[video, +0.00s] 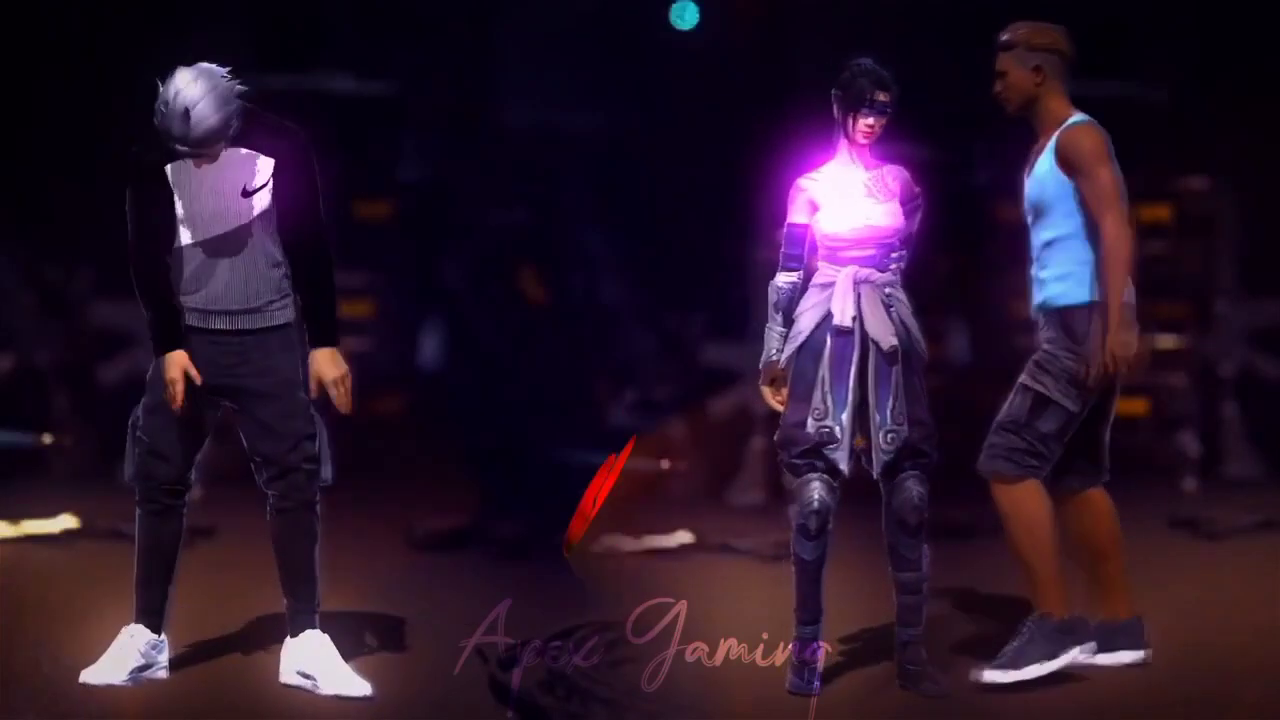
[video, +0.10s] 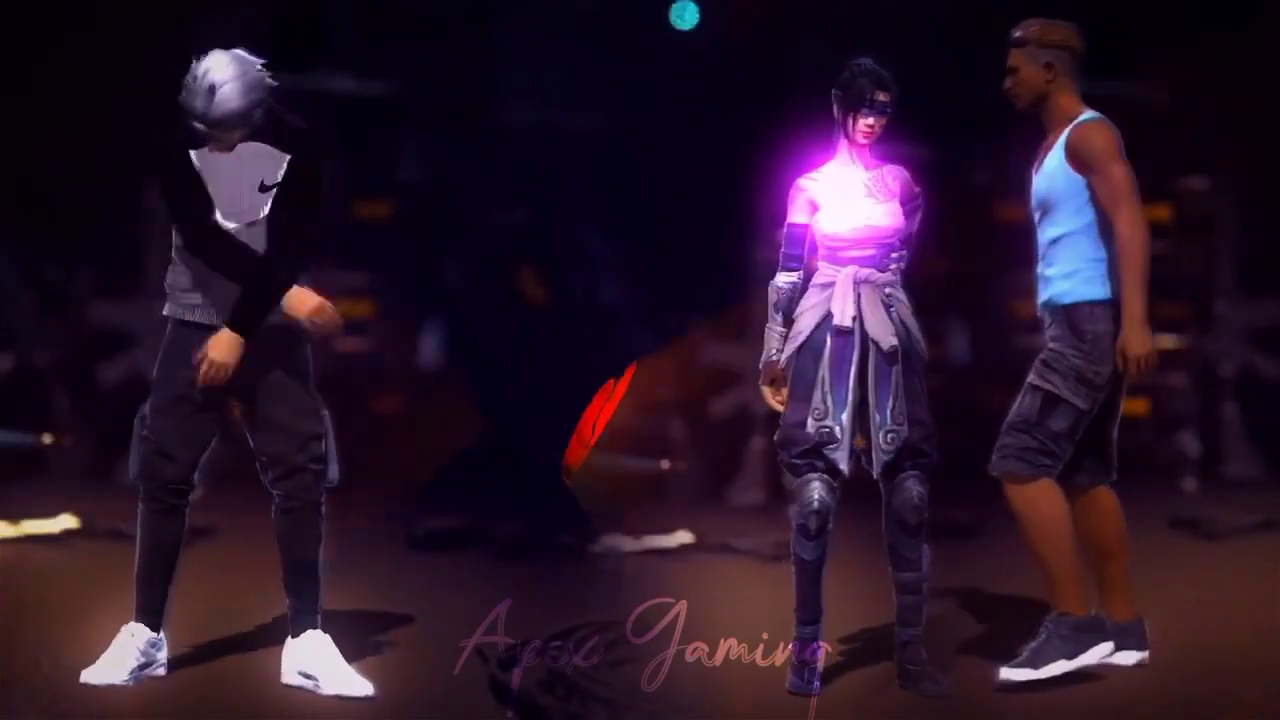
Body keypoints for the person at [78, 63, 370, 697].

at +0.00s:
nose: (204, 157)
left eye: (213, 146)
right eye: (192, 149)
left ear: (234, 120)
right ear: (171, 131)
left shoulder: (283, 150)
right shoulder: (152, 163)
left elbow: (310, 244)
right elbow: (146, 257)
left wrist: (324, 340)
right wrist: (167, 343)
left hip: (273, 342)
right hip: (186, 344)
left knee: (295, 484)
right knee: (156, 482)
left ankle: (304, 636)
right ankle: (148, 634)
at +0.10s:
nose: (219, 143)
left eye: (233, 133)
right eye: (210, 133)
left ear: (259, 116)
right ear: (193, 117)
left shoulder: (296, 143)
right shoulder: (174, 147)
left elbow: (292, 242)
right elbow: (198, 234)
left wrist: (238, 328)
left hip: (271, 318)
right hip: (192, 319)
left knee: (299, 472)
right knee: (162, 472)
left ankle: (306, 636)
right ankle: (146, 633)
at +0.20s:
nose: (238, 130)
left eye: (252, 121)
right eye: (229, 118)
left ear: (277, 107)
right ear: (213, 101)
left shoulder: (314, 148)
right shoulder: (187, 135)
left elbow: (287, 242)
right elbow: (228, 210)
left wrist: (205, 284)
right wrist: (327, 223)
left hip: (280, 335)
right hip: (199, 334)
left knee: (303, 478)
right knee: (167, 479)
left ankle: (305, 638)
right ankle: (145, 632)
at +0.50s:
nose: (303, 109)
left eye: (316, 100)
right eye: (295, 94)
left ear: (335, 97)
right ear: (277, 82)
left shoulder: (343, 141)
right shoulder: (220, 117)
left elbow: (345, 214)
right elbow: (241, 157)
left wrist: (270, 226)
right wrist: (344, 131)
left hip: (300, 330)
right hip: (217, 326)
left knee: (314, 480)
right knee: (176, 475)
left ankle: (304, 638)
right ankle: (141, 627)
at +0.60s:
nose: (328, 110)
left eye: (342, 99)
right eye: (320, 93)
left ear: (357, 93)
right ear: (296, 72)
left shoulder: (358, 143)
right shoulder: (231, 116)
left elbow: (366, 235)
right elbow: (231, 175)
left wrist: (344, 261)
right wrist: (330, 165)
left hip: (309, 332)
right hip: (227, 325)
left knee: (323, 480)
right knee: (177, 474)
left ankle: (305, 638)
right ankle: (138, 626)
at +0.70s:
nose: (345, 110)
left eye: (359, 99)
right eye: (337, 92)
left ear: (371, 96)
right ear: (309, 75)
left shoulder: (370, 151)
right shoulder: (245, 120)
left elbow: (384, 242)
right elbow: (225, 195)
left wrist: (384, 292)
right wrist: (287, 226)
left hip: (316, 335)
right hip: (234, 324)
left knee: (328, 480)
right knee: (182, 472)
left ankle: (306, 639)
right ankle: (138, 624)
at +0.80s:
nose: (363, 109)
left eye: (376, 97)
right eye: (355, 91)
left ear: (385, 95)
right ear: (323, 75)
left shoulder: (381, 151)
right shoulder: (252, 122)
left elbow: (394, 239)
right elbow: (223, 206)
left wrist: (417, 314)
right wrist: (245, 276)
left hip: (321, 329)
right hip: (242, 315)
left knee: (330, 476)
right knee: (187, 463)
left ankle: (306, 639)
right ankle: (137, 622)